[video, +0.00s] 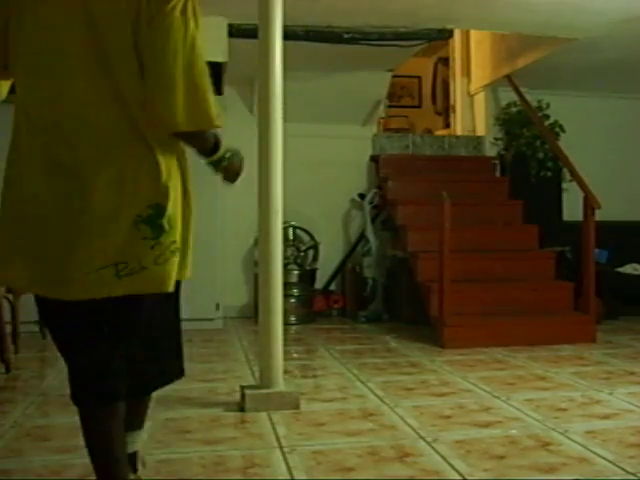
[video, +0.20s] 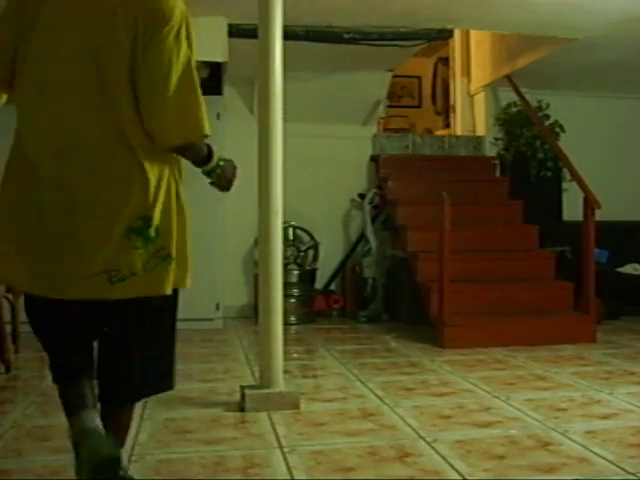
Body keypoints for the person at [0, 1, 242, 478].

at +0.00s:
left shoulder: (24, 12)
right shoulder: (162, 6)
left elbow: (7, 72)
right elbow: (178, 105)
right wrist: (220, 153)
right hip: (134, 213)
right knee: (141, 348)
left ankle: (112, 471)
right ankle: (127, 458)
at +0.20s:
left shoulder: (22, 8)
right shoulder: (157, 7)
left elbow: (7, 80)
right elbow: (174, 118)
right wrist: (214, 166)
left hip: (41, 195)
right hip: (133, 199)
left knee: (63, 326)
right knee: (128, 341)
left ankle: (84, 424)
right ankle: (109, 467)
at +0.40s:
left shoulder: (33, 12)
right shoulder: (151, 12)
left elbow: (6, 99)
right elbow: (204, 117)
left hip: (50, 182)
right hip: (135, 185)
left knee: (70, 282)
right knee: (130, 319)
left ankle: (66, 367)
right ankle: (107, 463)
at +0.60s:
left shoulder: (32, 16)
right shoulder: (147, 10)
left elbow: (16, 99)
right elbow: (217, 82)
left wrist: (28, 158)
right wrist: (195, 40)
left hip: (68, 189)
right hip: (141, 186)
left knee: (75, 307)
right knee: (125, 325)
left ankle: (80, 419)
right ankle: (106, 454)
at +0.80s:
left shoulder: (29, 35)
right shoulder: (140, 30)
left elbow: (15, 116)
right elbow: (204, 89)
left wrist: (29, 160)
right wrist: (187, 39)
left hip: (67, 215)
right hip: (136, 208)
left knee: (77, 329)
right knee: (135, 313)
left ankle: (88, 441)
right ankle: (119, 393)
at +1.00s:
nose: (117, 8)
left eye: (111, 4)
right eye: (117, 3)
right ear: (115, 2)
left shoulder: (37, 44)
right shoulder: (132, 49)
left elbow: (19, 131)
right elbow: (166, 139)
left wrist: (67, 122)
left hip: (63, 204)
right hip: (126, 199)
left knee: (78, 323)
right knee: (143, 276)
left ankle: (90, 435)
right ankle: (129, 353)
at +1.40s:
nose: (130, 29)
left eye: (122, 21)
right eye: (130, 22)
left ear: (90, 20)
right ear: (130, 24)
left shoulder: (57, 60)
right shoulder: (131, 68)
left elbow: (36, 99)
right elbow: (127, 141)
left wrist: (76, 48)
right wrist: (164, 191)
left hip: (70, 203)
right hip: (125, 208)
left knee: (78, 280)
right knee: (121, 299)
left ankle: (80, 355)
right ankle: (99, 399)